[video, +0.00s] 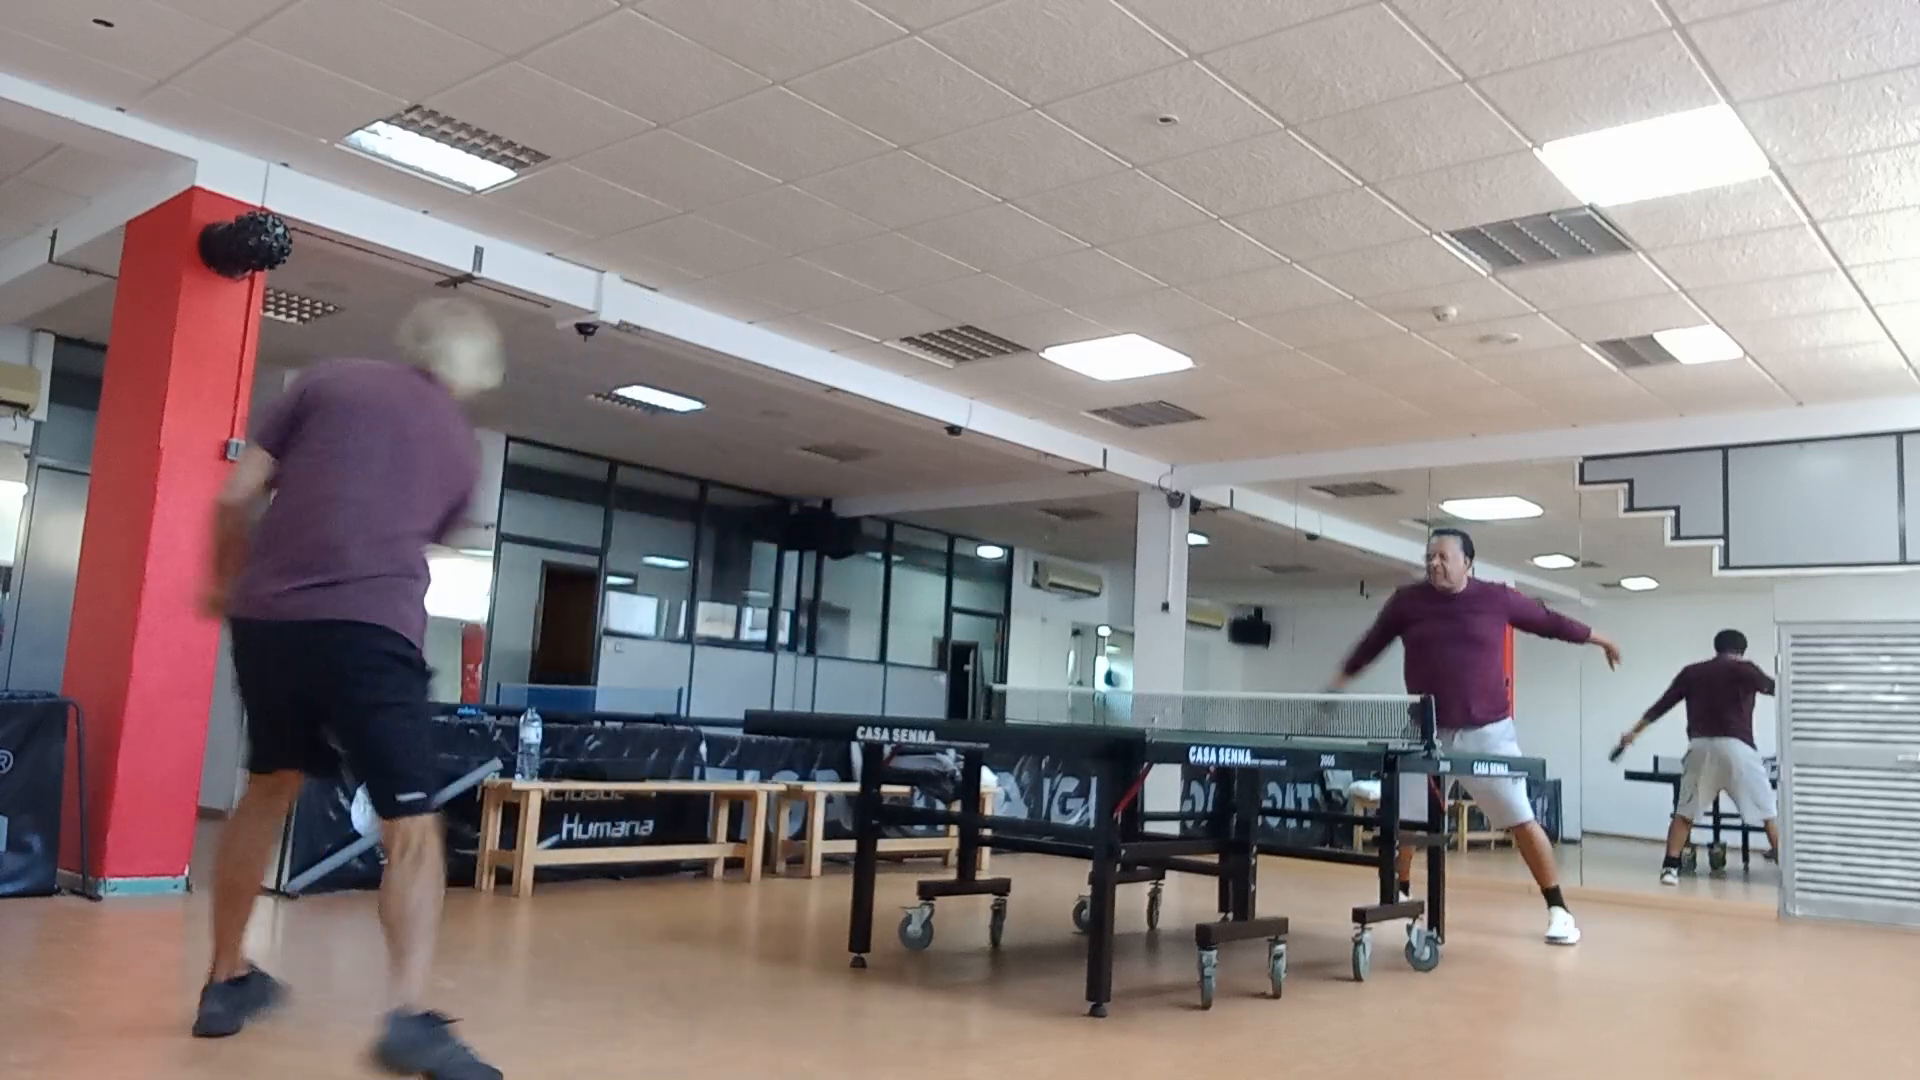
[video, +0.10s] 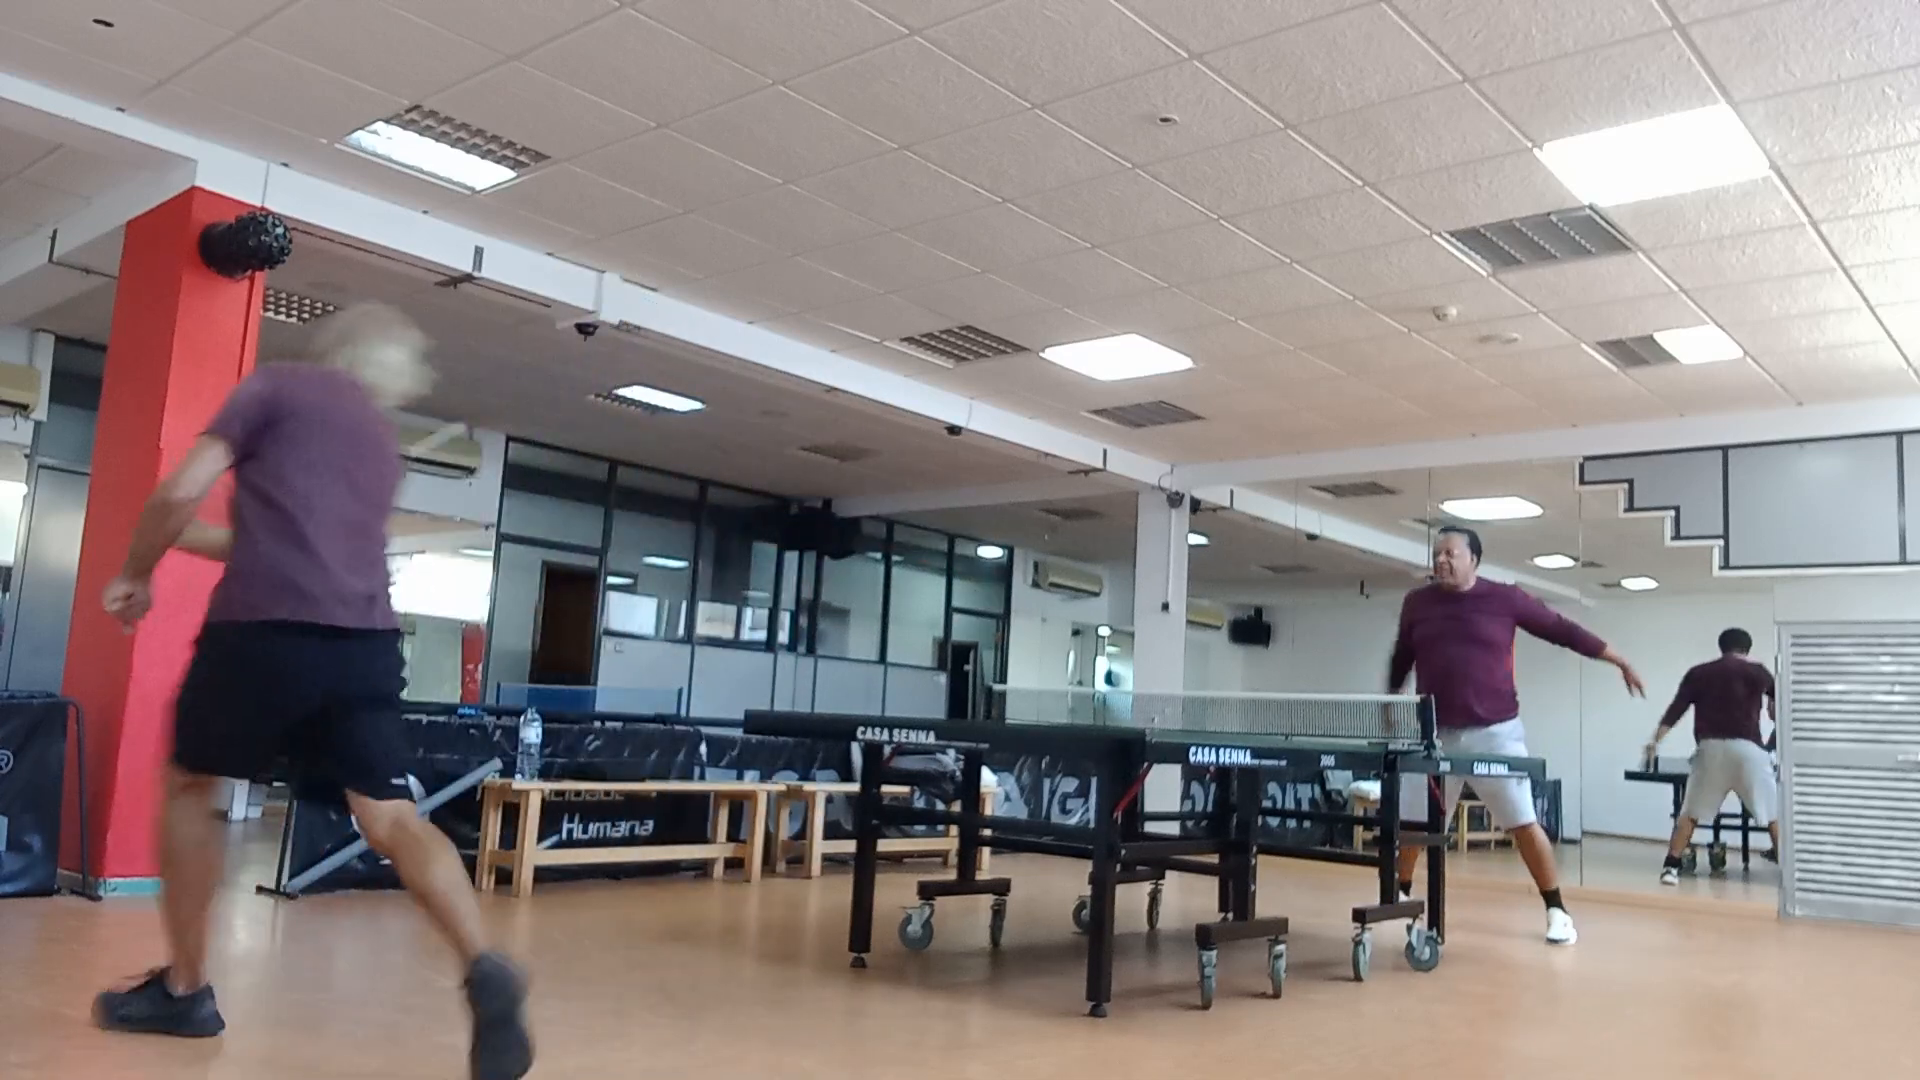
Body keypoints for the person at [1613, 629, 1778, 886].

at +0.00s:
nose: (1743, 657)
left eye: (1741, 655)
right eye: (1743, 654)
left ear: (1716, 649)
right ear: (1741, 652)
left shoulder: (1692, 672)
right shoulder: (1745, 669)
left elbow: (1661, 706)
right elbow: (1776, 689)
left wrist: (1632, 733)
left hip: (1700, 748)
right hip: (1737, 748)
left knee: (1685, 811)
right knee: (1769, 813)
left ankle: (1669, 867)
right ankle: (1788, 868)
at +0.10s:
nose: (1745, 656)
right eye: (1746, 652)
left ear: (1721, 648)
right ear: (1747, 650)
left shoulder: (1699, 673)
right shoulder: (1757, 671)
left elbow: (1676, 710)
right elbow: (1777, 694)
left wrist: (1655, 741)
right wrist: (1773, 707)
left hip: (1710, 750)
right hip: (1749, 750)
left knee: (1690, 813)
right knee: (1773, 813)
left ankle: (1670, 867)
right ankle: (1788, 870)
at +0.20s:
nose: (1751, 653)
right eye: (1752, 650)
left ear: (1725, 647)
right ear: (1752, 648)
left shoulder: (1706, 672)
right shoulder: (1765, 671)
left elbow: (1689, 713)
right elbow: (1788, 703)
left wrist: (1676, 744)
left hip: (1721, 749)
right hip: (1759, 748)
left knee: (1700, 811)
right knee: (1778, 810)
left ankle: (1677, 864)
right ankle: (1786, 861)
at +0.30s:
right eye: (1754, 646)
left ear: (1730, 644)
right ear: (1756, 645)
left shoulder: (1713, 668)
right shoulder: (1772, 668)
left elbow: (1697, 710)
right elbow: (1787, 707)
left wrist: (1684, 745)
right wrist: (1790, 744)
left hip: (1729, 746)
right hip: (1767, 746)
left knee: (1710, 808)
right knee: (1781, 807)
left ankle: (1697, 861)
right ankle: (1780, 851)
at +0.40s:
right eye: (1755, 645)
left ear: (1731, 643)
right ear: (1757, 643)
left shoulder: (1717, 667)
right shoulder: (1773, 666)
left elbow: (1702, 708)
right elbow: (1788, 703)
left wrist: (1688, 743)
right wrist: (1791, 740)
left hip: (1735, 746)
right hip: (1772, 745)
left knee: (1724, 811)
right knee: (1781, 811)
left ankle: (1727, 870)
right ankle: (1790, 868)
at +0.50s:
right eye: (1755, 646)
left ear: (1731, 644)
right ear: (1758, 644)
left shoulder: (1719, 668)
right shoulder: (1773, 668)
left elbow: (1705, 706)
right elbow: (1787, 704)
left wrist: (1690, 738)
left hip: (1741, 750)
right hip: (1776, 747)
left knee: (1726, 813)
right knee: (1781, 814)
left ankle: (1729, 873)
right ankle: (1792, 868)